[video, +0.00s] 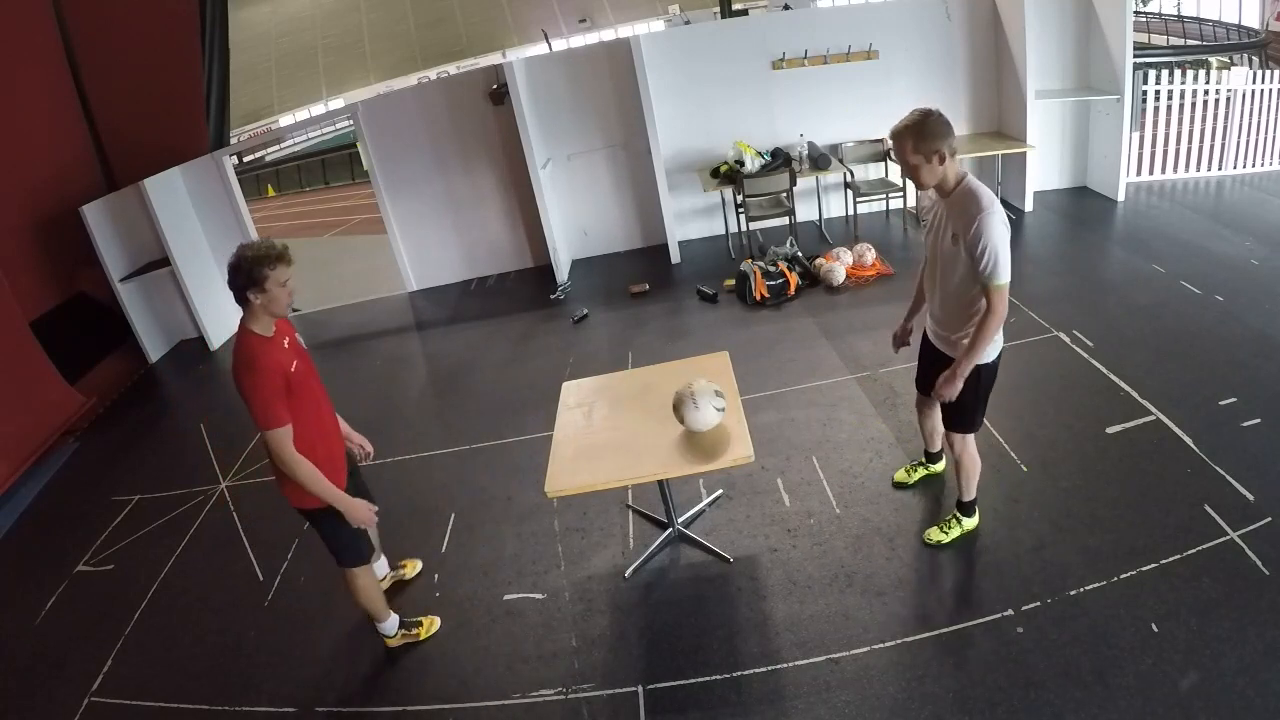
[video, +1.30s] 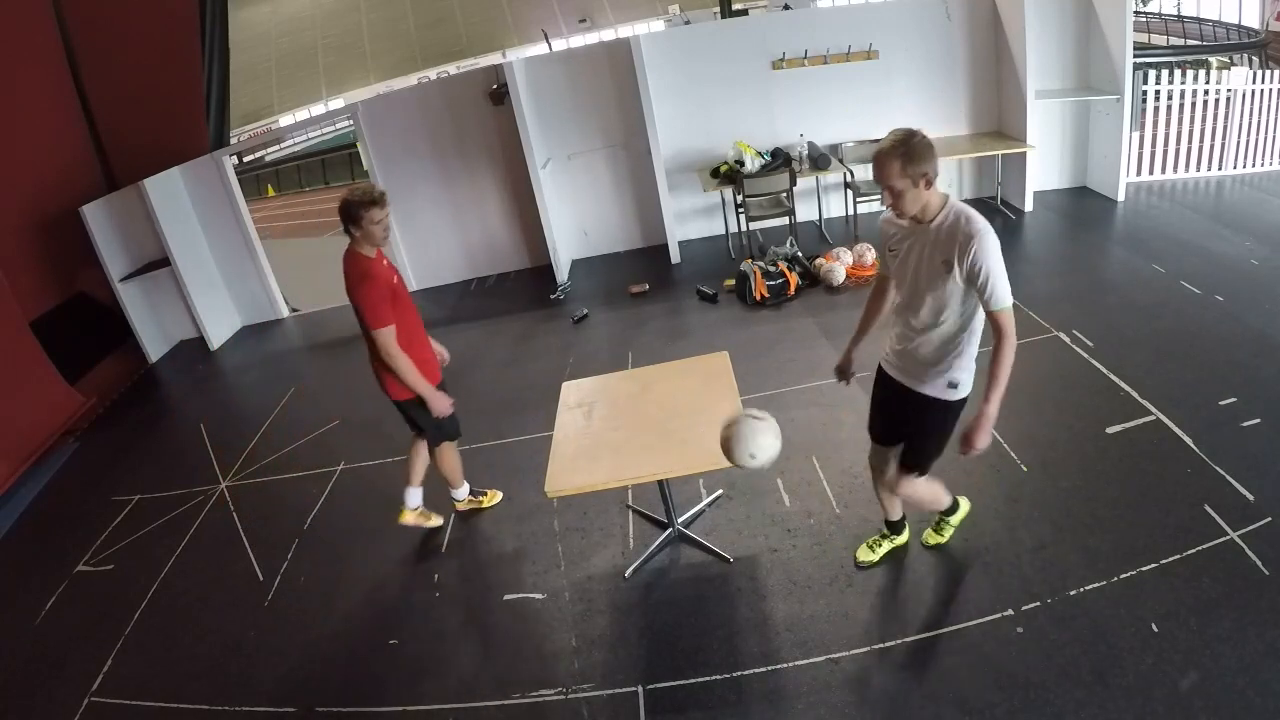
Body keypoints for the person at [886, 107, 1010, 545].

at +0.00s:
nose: (905, 174)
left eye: (909, 165)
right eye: (902, 165)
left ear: (939, 156)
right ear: (932, 157)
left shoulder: (982, 216)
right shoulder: (936, 200)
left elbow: (999, 307)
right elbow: (931, 269)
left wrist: (960, 370)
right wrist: (909, 320)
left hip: (971, 351)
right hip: (936, 336)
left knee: (959, 436)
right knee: (926, 401)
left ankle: (967, 512)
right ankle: (933, 459)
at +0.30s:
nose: (926, 178)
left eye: (931, 168)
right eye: (923, 168)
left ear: (963, 160)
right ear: (948, 162)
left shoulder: (1008, 220)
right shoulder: (942, 204)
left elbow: (1029, 316)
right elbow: (940, 277)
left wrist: (1015, 396)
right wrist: (924, 334)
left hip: (980, 359)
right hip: (937, 343)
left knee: (966, 444)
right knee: (918, 423)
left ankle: (967, 512)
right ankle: (935, 468)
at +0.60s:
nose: (935, 181)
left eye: (941, 171)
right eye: (932, 170)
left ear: (974, 166)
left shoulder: (1017, 225)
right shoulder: (943, 209)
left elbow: (1038, 318)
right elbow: (935, 279)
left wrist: (1036, 395)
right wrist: (915, 337)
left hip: (976, 365)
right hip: (931, 348)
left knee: (961, 451)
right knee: (894, 441)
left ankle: (966, 516)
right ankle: (894, 517)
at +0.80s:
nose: (936, 188)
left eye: (943, 178)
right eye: (934, 177)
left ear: (976, 173)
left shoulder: (1020, 233)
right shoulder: (937, 217)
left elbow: (1042, 327)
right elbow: (929, 287)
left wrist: (1026, 404)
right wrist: (917, 339)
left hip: (969, 374)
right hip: (920, 351)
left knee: (951, 459)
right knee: (858, 433)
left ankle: (965, 517)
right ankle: (827, 528)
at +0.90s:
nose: (932, 194)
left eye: (939, 185)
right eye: (930, 184)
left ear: (972, 179)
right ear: (958, 176)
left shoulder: (1015, 237)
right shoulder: (934, 221)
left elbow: (1036, 334)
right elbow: (925, 291)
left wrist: (1018, 412)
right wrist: (913, 345)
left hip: (965, 378)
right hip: (916, 352)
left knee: (947, 461)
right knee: (844, 420)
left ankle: (966, 516)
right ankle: (787, 521)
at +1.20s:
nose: (897, 193)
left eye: (904, 183)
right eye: (894, 182)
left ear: (937, 175)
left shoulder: (981, 231)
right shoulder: (908, 216)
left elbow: (1004, 334)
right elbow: (900, 282)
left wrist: (973, 413)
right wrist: (873, 343)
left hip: (953, 372)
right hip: (902, 353)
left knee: (943, 461)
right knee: (850, 446)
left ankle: (964, 513)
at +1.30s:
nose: (887, 202)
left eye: (895, 192)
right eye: (883, 191)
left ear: (926, 181)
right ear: (886, 182)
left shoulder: (973, 236)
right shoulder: (893, 227)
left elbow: (1006, 334)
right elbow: (883, 286)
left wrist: (986, 417)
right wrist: (851, 349)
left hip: (942, 384)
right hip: (894, 367)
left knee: (902, 484)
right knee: (879, 465)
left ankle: (953, 508)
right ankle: (895, 529)